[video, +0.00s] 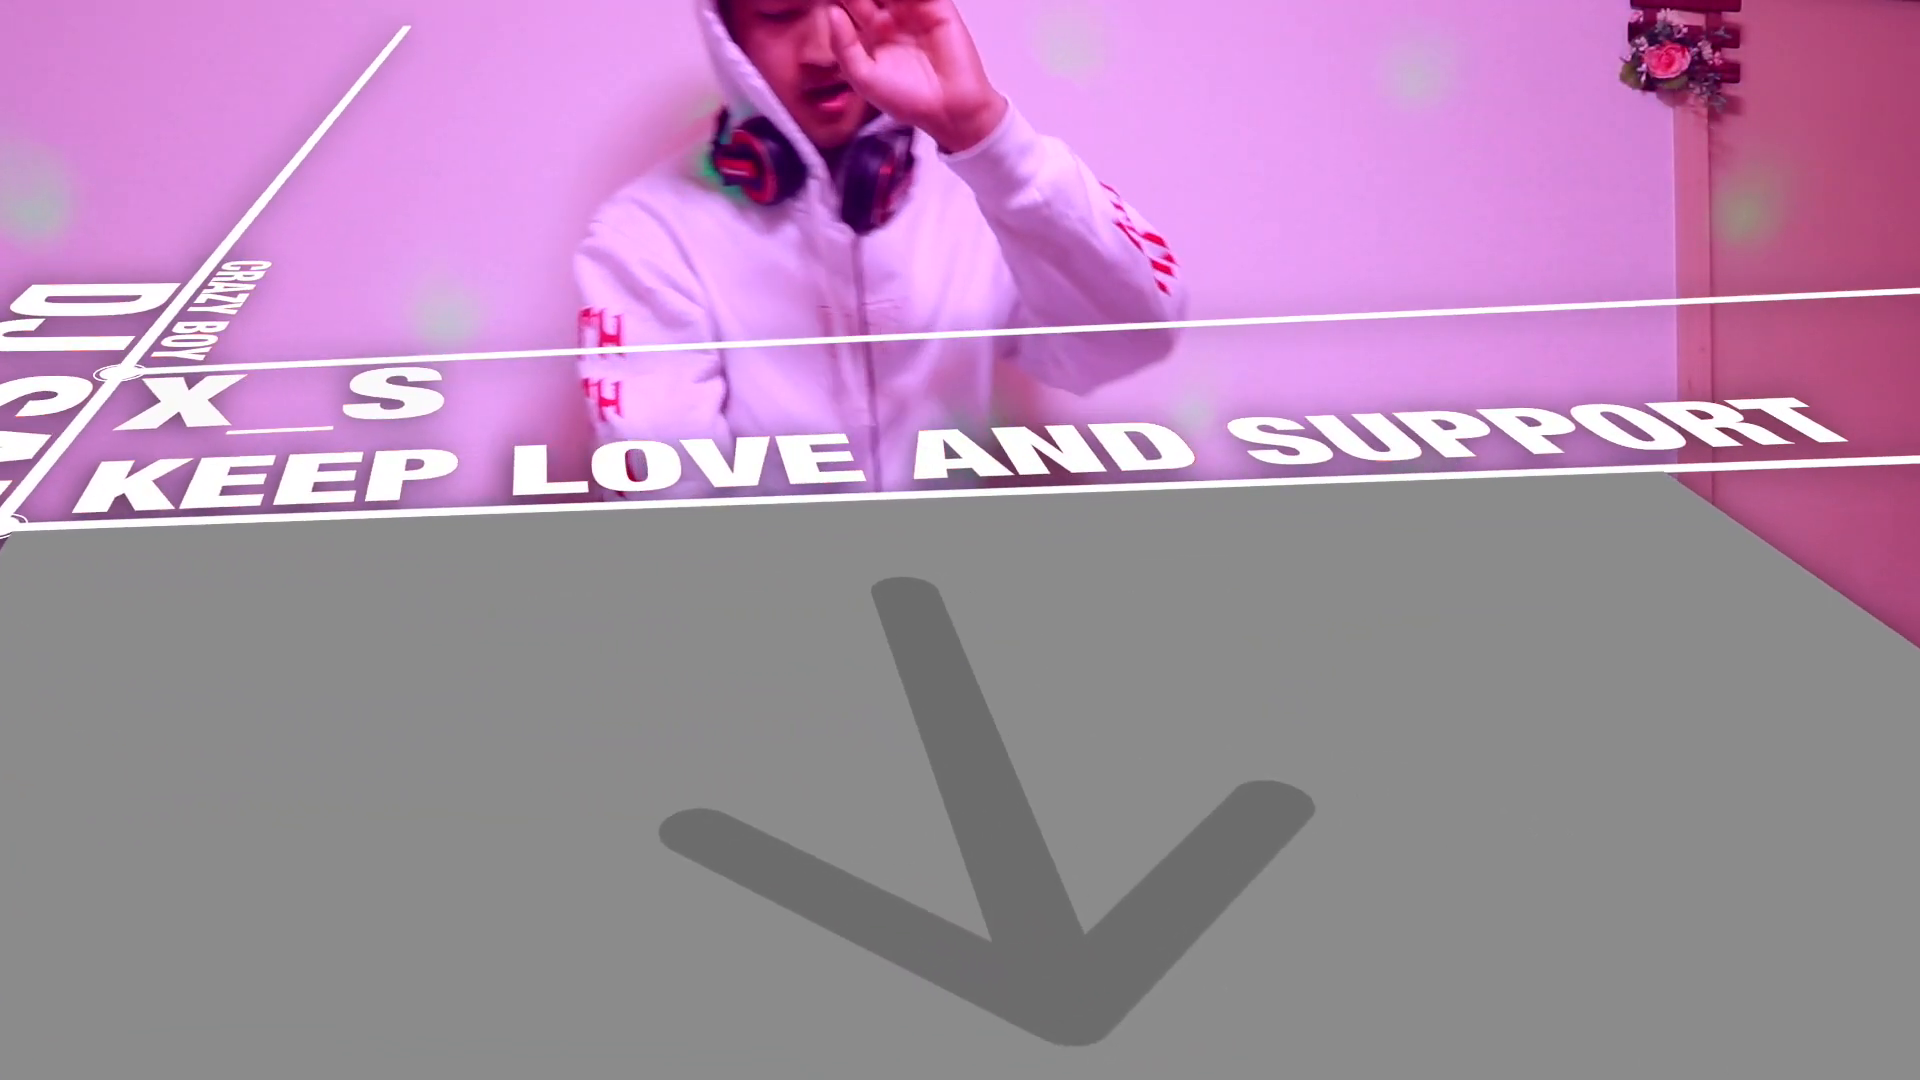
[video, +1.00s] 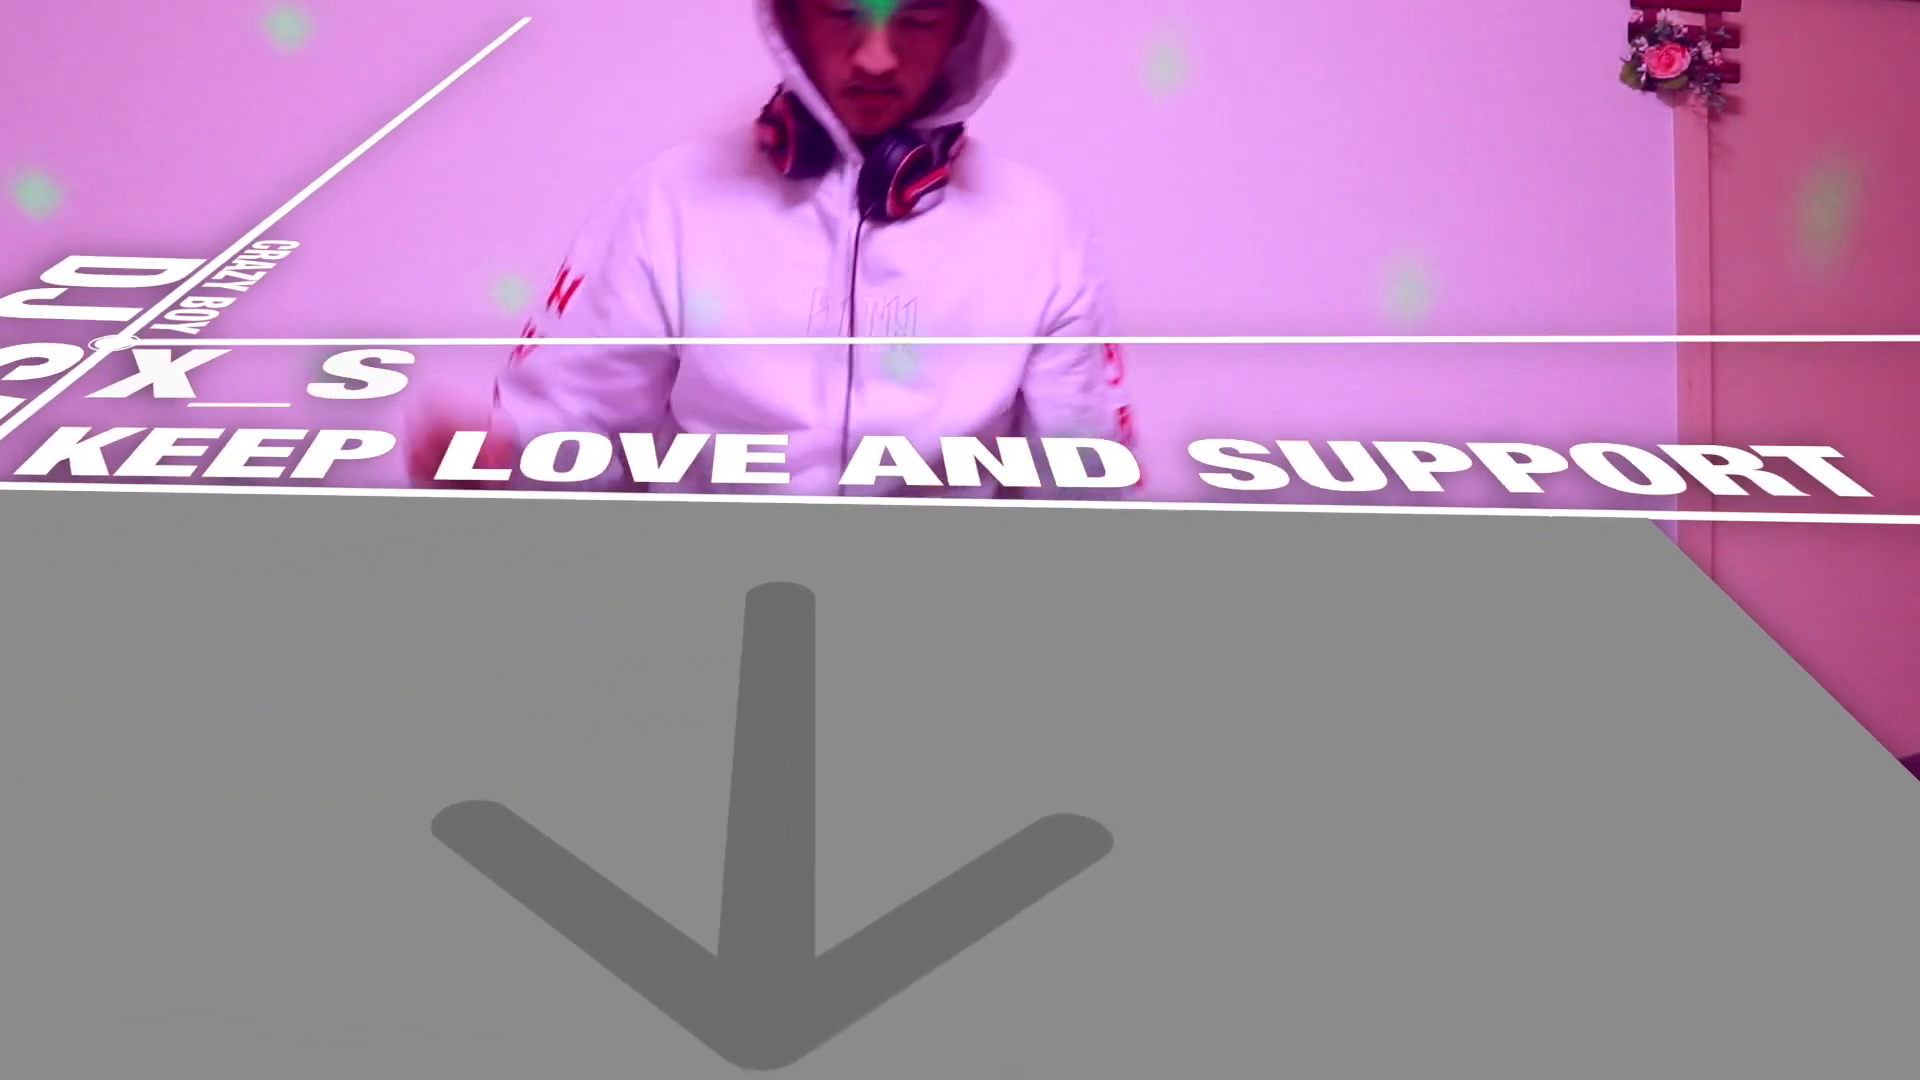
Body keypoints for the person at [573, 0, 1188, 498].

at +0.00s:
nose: (828, 46)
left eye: (855, 6)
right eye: (782, 16)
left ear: (901, 19)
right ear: (724, 37)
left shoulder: (976, 188)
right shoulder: (651, 232)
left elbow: (1135, 334)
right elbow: (660, 479)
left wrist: (980, 132)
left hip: (971, 559)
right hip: (770, 582)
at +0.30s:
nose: (702, 54)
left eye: (732, 16)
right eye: (659, 19)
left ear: (769, 26)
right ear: (598, 34)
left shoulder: (843, 187)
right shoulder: (530, 242)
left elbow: (996, 383)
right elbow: (584, 478)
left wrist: (917, 210)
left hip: (833, 553)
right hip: (645, 579)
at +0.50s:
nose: (687, 30)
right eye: (646, 1)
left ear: (748, 13)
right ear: (585, 17)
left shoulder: (831, 206)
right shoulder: (518, 221)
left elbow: (935, 478)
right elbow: (581, 476)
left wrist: (938, 322)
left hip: (807, 574)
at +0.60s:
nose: (699, 18)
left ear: (759, 7)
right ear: (604, 9)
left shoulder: (845, 199)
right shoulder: (529, 212)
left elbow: (919, 491)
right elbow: (582, 473)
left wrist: (943, 372)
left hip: (822, 573)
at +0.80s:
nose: (771, 44)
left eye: (806, 5)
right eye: (733, 3)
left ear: (846, 22)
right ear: (681, 20)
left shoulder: (935, 224)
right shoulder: (582, 223)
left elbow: (975, 472)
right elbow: (554, 481)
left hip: (868, 589)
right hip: (654, 585)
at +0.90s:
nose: (828, 71)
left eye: (869, 30)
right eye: (792, 27)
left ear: (912, 43)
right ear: (738, 31)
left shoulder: (984, 240)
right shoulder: (637, 228)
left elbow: (1049, 469)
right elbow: (545, 460)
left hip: (909, 598)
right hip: (688, 593)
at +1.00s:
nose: (875, 57)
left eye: (914, 20)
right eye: (844, 14)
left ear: (962, 28)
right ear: (788, 18)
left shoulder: (1032, 225)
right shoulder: (671, 203)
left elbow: (1098, 480)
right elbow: (549, 437)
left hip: (952, 595)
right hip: (714, 587)